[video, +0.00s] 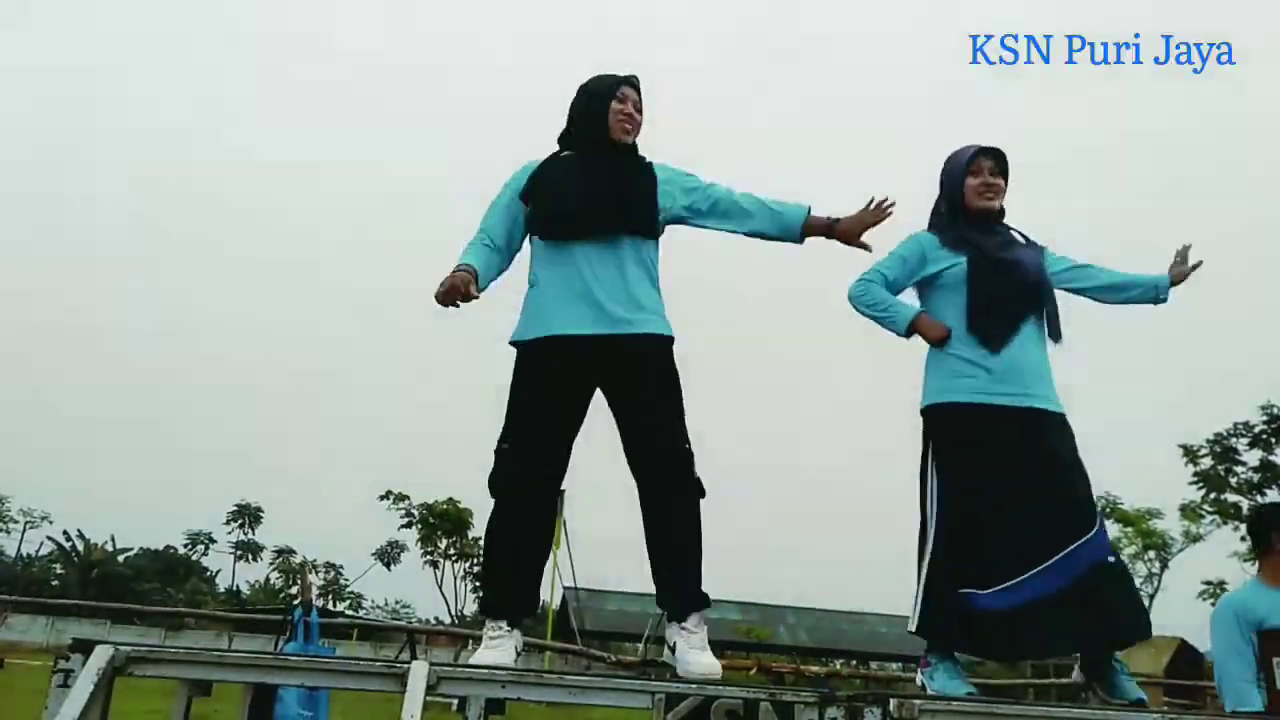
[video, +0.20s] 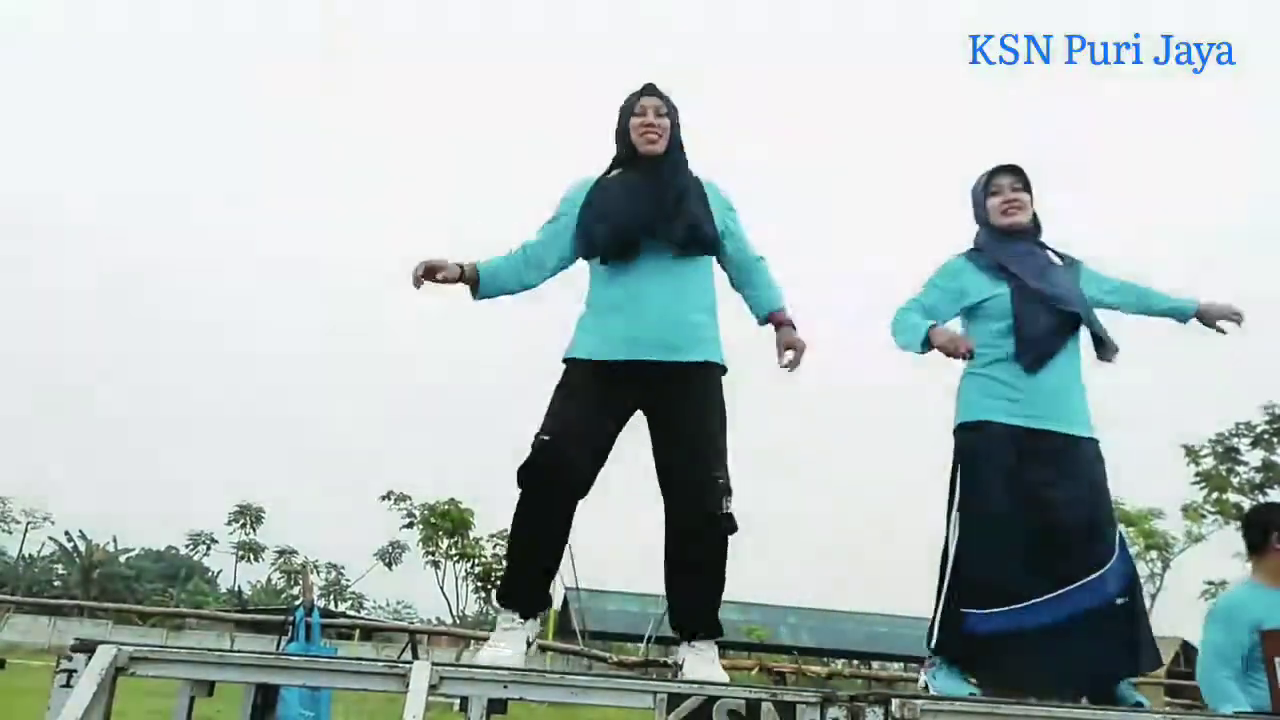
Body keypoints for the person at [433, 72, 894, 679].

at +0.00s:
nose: (631, 111)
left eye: (636, 106)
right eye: (620, 102)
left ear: (638, 124)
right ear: (588, 109)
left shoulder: (653, 179)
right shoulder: (537, 175)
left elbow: (733, 205)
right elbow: (497, 234)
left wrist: (829, 225)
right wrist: (468, 272)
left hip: (637, 338)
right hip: (552, 339)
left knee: (670, 480)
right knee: (524, 481)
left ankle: (686, 625)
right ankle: (502, 624)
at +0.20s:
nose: (650, 122)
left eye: (660, 115)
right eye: (639, 114)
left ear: (675, 127)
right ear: (624, 127)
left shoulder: (706, 196)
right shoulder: (591, 193)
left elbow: (745, 261)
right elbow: (538, 257)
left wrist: (779, 319)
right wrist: (465, 273)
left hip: (688, 362)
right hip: (601, 358)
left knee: (700, 500)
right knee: (550, 476)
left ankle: (699, 642)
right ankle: (517, 619)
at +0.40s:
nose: (658, 123)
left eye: (670, 114)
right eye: (649, 115)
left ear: (693, 125)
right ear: (638, 128)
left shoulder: (719, 192)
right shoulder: (609, 183)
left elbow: (761, 257)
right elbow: (556, 240)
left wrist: (766, 294)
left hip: (701, 343)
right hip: (621, 337)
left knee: (701, 487)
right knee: (609, 447)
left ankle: (698, 638)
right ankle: (617, 604)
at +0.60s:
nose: (644, 136)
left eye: (655, 127)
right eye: (636, 129)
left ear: (682, 138)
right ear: (627, 143)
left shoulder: (713, 217)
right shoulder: (605, 192)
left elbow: (760, 269)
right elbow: (653, 206)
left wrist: (761, 299)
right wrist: (718, 210)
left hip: (700, 361)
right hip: (616, 358)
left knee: (712, 497)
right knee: (591, 474)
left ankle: (698, 638)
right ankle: (625, 617)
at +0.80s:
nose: (630, 116)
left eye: (641, 107)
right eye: (622, 110)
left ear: (666, 119)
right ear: (613, 126)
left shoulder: (694, 188)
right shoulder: (590, 181)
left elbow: (727, 259)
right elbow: (497, 197)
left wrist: (732, 293)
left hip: (673, 337)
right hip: (589, 330)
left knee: (685, 481)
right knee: (537, 449)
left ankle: (695, 635)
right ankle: (520, 605)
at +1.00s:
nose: (593, 120)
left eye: (604, 113)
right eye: (584, 114)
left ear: (628, 126)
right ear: (574, 128)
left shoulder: (649, 200)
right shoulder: (540, 177)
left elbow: (671, 274)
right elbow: (465, 239)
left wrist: (677, 314)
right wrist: (485, 209)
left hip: (621, 354)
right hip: (535, 347)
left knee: (653, 491)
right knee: (499, 485)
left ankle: (684, 635)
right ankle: (481, 628)